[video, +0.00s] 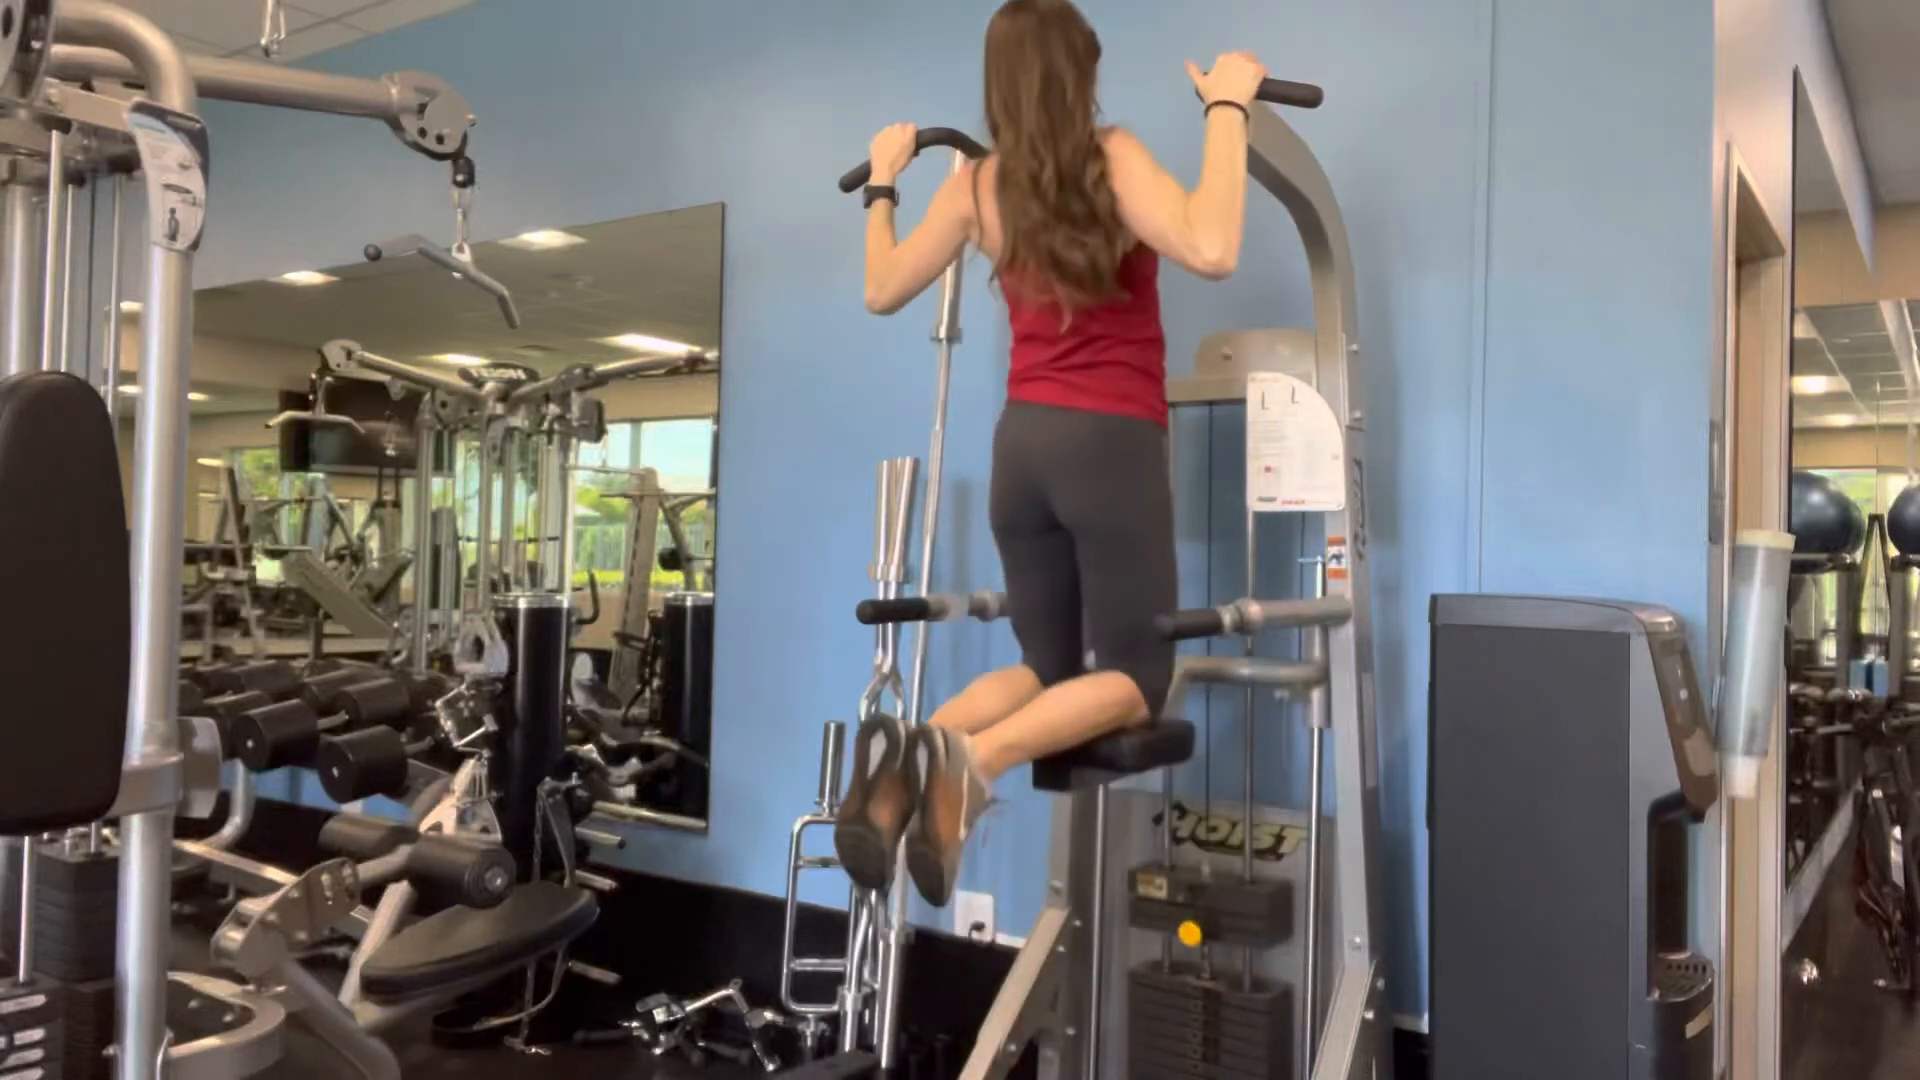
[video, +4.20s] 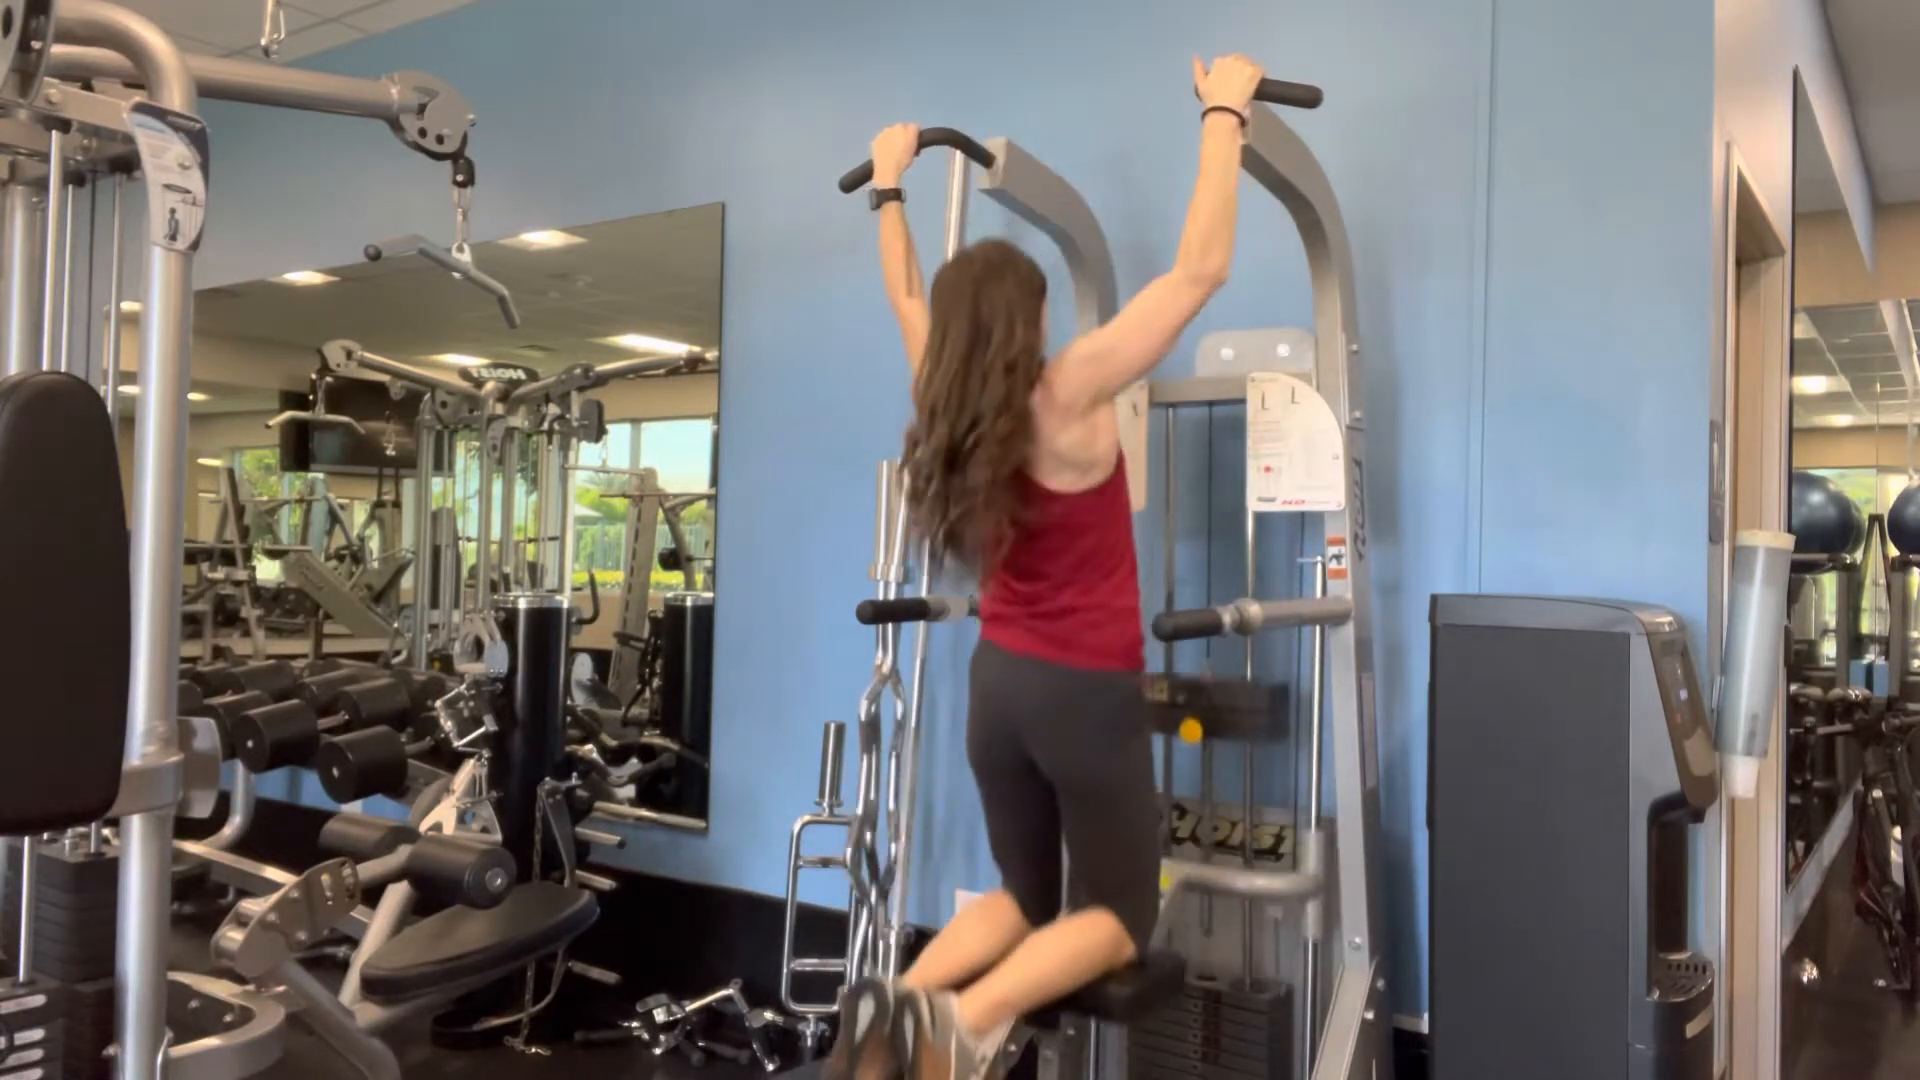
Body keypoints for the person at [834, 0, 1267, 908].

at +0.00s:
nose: (1093, 77)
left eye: (1080, 61)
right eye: (1088, 63)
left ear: (999, 80)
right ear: (1081, 72)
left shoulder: (977, 182)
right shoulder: (1111, 156)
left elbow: (884, 288)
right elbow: (1211, 249)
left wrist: (880, 183)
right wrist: (1228, 109)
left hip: (1021, 442)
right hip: (1110, 443)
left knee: (1050, 671)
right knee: (1134, 686)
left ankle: (919, 748)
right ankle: (977, 757)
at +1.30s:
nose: (1050, 186)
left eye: (1032, 174)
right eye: (1041, 174)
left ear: (953, 200)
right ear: (1032, 192)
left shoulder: (946, 287)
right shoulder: (1073, 268)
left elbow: (882, 294)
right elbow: (1233, 251)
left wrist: (883, 187)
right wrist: (1227, 110)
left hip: (997, 571)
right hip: (1085, 575)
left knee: (1041, 780)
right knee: (1131, 801)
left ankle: (908, 866)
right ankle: (964, 878)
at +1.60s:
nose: (1044, 320)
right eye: (1035, 311)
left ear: (953, 336)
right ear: (1031, 325)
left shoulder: (957, 406)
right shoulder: (1077, 387)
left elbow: (912, 298)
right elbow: (1192, 268)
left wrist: (887, 185)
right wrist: (1222, 113)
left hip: (991, 703)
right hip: (1078, 715)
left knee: (1032, 915)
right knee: (1120, 938)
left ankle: (899, 1020)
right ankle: (966, 1037)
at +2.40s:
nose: (1065, 198)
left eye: (1053, 184)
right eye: (1057, 184)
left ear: (966, 201)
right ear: (1046, 199)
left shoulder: (959, 293)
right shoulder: (1087, 275)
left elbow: (874, 294)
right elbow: (1246, 252)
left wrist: (881, 182)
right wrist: (1228, 109)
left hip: (1004, 569)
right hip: (1095, 573)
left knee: (1032, 788)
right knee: (1124, 803)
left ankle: (910, 887)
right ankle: (967, 901)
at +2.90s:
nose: (1079, 52)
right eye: (1074, 38)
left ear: (988, 58)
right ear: (1070, 49)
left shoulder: (968, 164)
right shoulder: (1108, 135)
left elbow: (888, 285)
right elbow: (1184, 247)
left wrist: (879, 181)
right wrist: (1227, 113)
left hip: (1019, 423)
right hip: (1109, 424)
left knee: (1039, 647)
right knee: (1132, 663)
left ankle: (912, 733)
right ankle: (978, 734)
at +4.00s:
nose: (1054, 199)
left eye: (1040, 185)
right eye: (1046, 187)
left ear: (953, 216)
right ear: (1036, 204)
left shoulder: (952, 304)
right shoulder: (1077, 278)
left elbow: (880, 295)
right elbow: (1237, 256)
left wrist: (882, 187)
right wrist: (1228, 113)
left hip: (1004, 577)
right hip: (1093, 580)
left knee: (1031, 784)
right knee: (1127, 804)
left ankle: (913, 866)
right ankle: (970, 887)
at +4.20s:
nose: (1048, 307)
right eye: (1037, 295)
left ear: (956, 322)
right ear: (1034, 312)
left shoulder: (955, 395)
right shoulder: (1076, 382)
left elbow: (905, 293)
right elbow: (1200, 270)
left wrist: (885, 185)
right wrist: (1225, 114)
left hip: (997, 685)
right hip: (1087, 693)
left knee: (1023, 894)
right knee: (1119, 916)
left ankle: (900, 1002)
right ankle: (965, 1028)